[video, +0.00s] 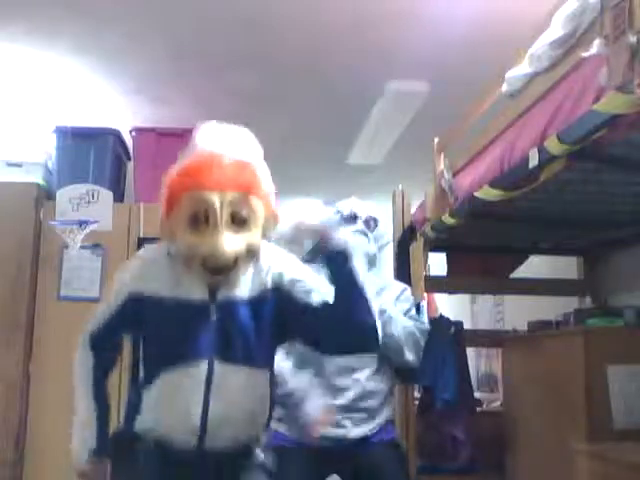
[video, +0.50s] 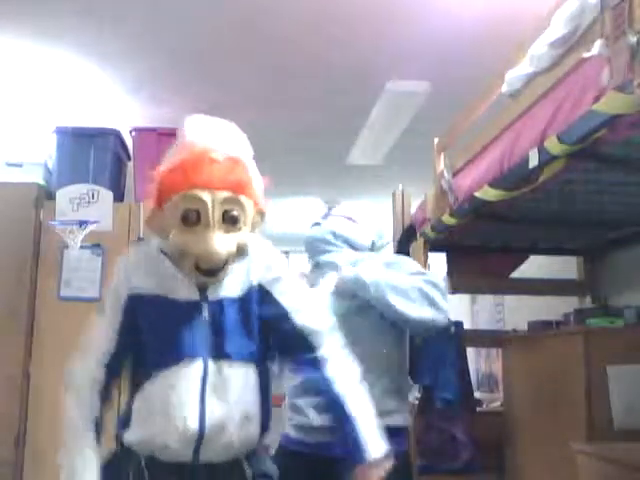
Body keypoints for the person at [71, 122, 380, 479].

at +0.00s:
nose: (219, 239)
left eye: (238, 220)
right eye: (201, 220)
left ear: (262, 224)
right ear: (173, 223)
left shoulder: (273, 281)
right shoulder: (148, 276)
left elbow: (357, 340)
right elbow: (94, 350)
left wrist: (337, 256)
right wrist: (93, 446)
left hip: (237, 462)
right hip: (155, 459)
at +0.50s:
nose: (211, 241)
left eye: (230, 219)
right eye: (191, 218)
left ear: (254, 223)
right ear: (160, 222)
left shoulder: (266, 279)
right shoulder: (138, 278)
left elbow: (325, 355)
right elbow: (90, 376)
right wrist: (81, 467)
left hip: (236, 464)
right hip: (151, 465)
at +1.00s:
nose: (211, 187)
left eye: (228, 171)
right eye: (191, 168)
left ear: (250, 181)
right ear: (164, 176)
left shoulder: (259, 244)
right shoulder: (130, 237)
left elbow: (306, 334)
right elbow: (41, 251)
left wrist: (304, 433)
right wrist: (75, 164)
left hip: (240, 455)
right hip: (148, 455)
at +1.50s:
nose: (210, 218)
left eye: (229, 197)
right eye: (190, 195)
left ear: (251, 203)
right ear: (162, 200)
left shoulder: (264, 263)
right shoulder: (146, 272)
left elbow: (328, 321)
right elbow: (111, 369)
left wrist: (331, 392)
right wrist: (70, 457)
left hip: (234, 453)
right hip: (148, 452)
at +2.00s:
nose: (207, 184)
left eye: (228, 168)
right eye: (190, 164)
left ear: (256, 190)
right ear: (169, 183)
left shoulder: (274, 271)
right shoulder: (143, 268)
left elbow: (368, 271)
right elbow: (107, 357)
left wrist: (422, 236)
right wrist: (114, 450)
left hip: (240, 464)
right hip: (148, 463)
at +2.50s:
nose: (188, 194)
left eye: (213, 174)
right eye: (173, 166)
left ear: (244, 190)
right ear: (149, 174)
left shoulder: (241, 252)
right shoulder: (113, 230)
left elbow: (265, 359)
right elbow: (21, 290)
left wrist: (319, 438)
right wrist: (54, 399)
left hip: (211, 452)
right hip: (121, 450)